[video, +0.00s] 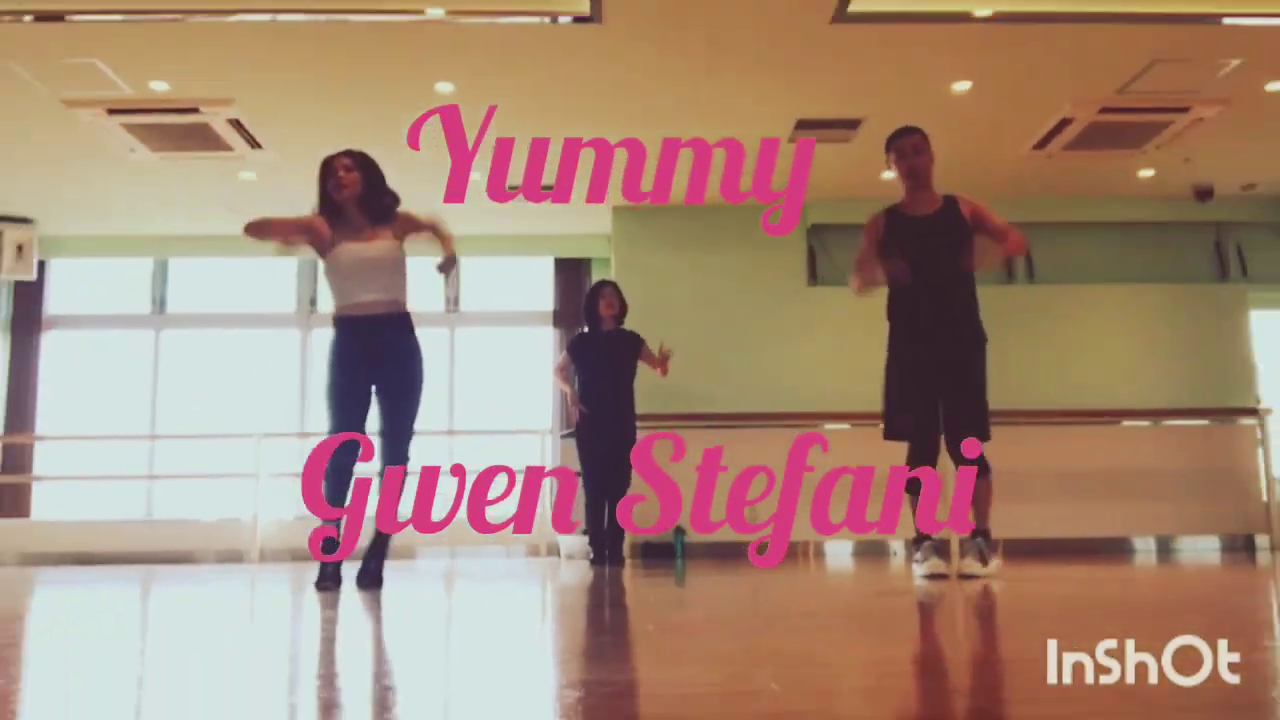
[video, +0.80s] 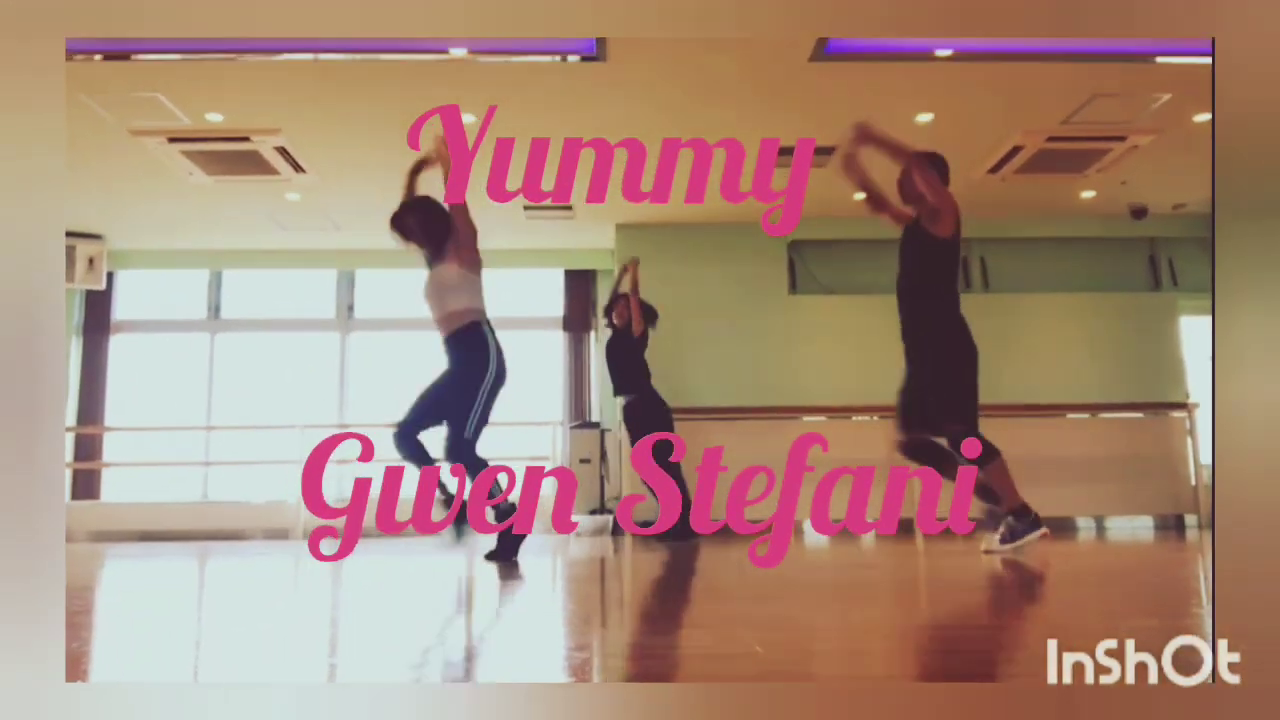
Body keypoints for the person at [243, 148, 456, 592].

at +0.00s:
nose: (342, 177)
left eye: (350, 169)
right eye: (334, 174)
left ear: (368, 178)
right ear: (327, 187)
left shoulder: (394, 222)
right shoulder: (322, 227)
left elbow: (436, 227)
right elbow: (253, 228)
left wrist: (450, 252)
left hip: (397, 340)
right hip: (350, 343)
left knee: (395, 449)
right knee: (344, 447)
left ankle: (381, 544)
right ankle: (330, 546)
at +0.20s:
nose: (387, 216)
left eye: (394, 210)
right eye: (379, 213)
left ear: (408, 220)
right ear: (371, 226)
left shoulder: (433, 265)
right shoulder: (364, 270)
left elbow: (454, 308)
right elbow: (356, 316)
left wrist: (466, 326)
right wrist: (350, 325)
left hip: (427, 362)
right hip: (386, 364)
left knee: (425, 447)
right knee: (378, 451)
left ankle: (455, 525)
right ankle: (355, 537)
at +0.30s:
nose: (402, 221)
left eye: (408, 214)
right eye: (394, 217)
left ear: (421, 221)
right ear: (386, 229)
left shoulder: (445, 264)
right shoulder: (384, 271)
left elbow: (462, 302)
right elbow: (369, 320)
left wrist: (447, 294)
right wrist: (363, 319)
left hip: (445, 361)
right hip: (407, 362)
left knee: (437, 448)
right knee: (388, 447)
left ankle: (466, 520)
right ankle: (364, 531)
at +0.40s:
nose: (413, 205)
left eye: (420, 197)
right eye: (405, 200)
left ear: (434, 202)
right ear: (398, 209)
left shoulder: (452, 229)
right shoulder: (399, 243)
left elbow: (455, 240)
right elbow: (359, 267)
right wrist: (373, 256)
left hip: (463, 334)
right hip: (427, 336)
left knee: (459, 430)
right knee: (405, 432)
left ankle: (472, 519)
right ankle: (380, 524)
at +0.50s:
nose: (419, 194)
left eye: (425, 187)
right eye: (411, 190)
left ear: (440, 189)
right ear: (405, 196)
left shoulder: (461, 218)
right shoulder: (410, 228)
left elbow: (460, 175)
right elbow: (366, 195)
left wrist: (433, 155)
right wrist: (362, 154)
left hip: (471, 320)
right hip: (437, 323)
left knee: (471, 416)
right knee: (426, 417)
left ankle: (486, 496)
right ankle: (435, 493)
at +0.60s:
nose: (419, 203)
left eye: (426, 195)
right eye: (414, 196)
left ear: (441, 197)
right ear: (408, 202)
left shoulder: (458, 223)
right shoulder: (419, 234)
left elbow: (456, 166)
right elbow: (413, 179)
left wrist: (441, 120)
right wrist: (415, 127)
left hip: (474, 329)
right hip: (447, 334)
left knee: (475, 420)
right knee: (456, 425)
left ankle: (502, 508)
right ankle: (491, 502)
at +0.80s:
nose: (412, 243)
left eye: (413, 235)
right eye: (408, 238)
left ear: (428, 228)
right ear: (419, 233)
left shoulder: (463, 248)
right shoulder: (435, 256)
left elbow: (457, 195)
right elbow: (408, 214)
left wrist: (450, 153)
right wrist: (417, 168)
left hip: (483, 361)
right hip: (460, 365)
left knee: (459, 449)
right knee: (406, 435)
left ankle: (509, 518)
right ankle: (451, 501)